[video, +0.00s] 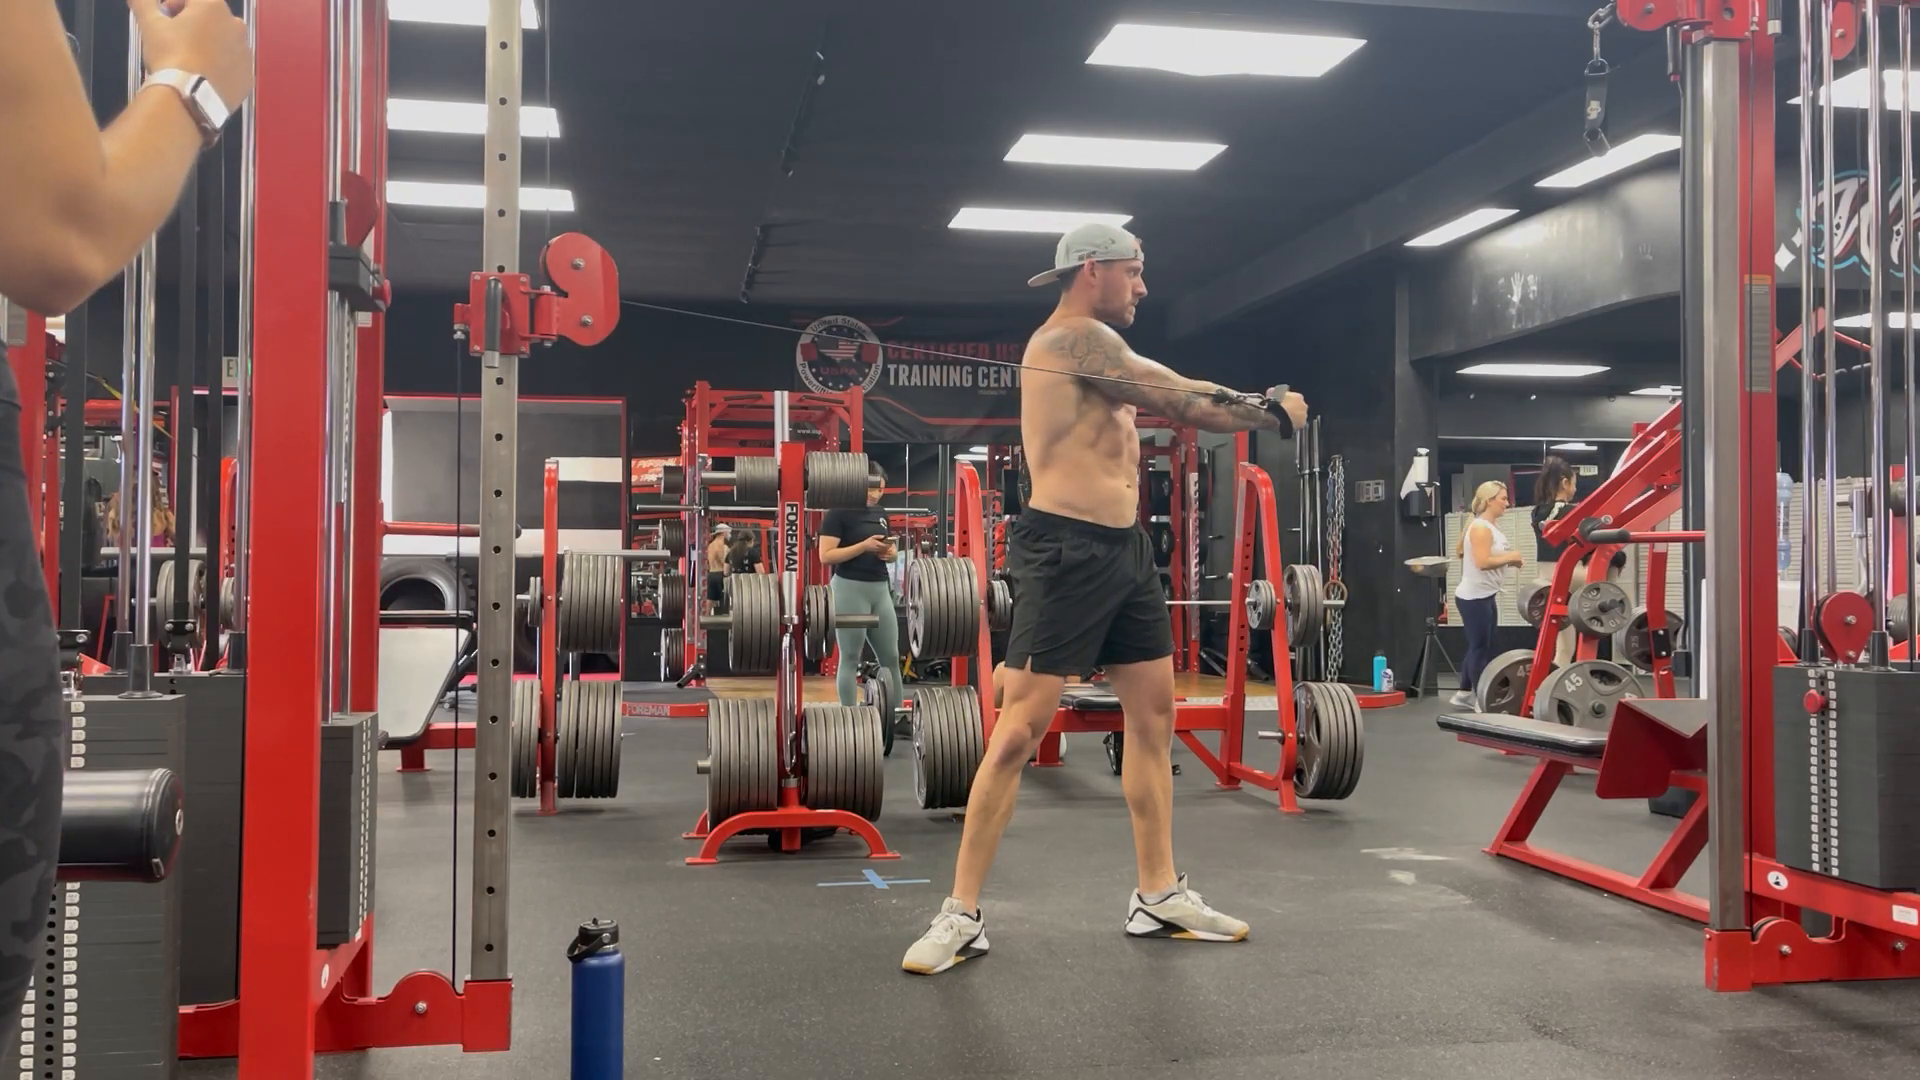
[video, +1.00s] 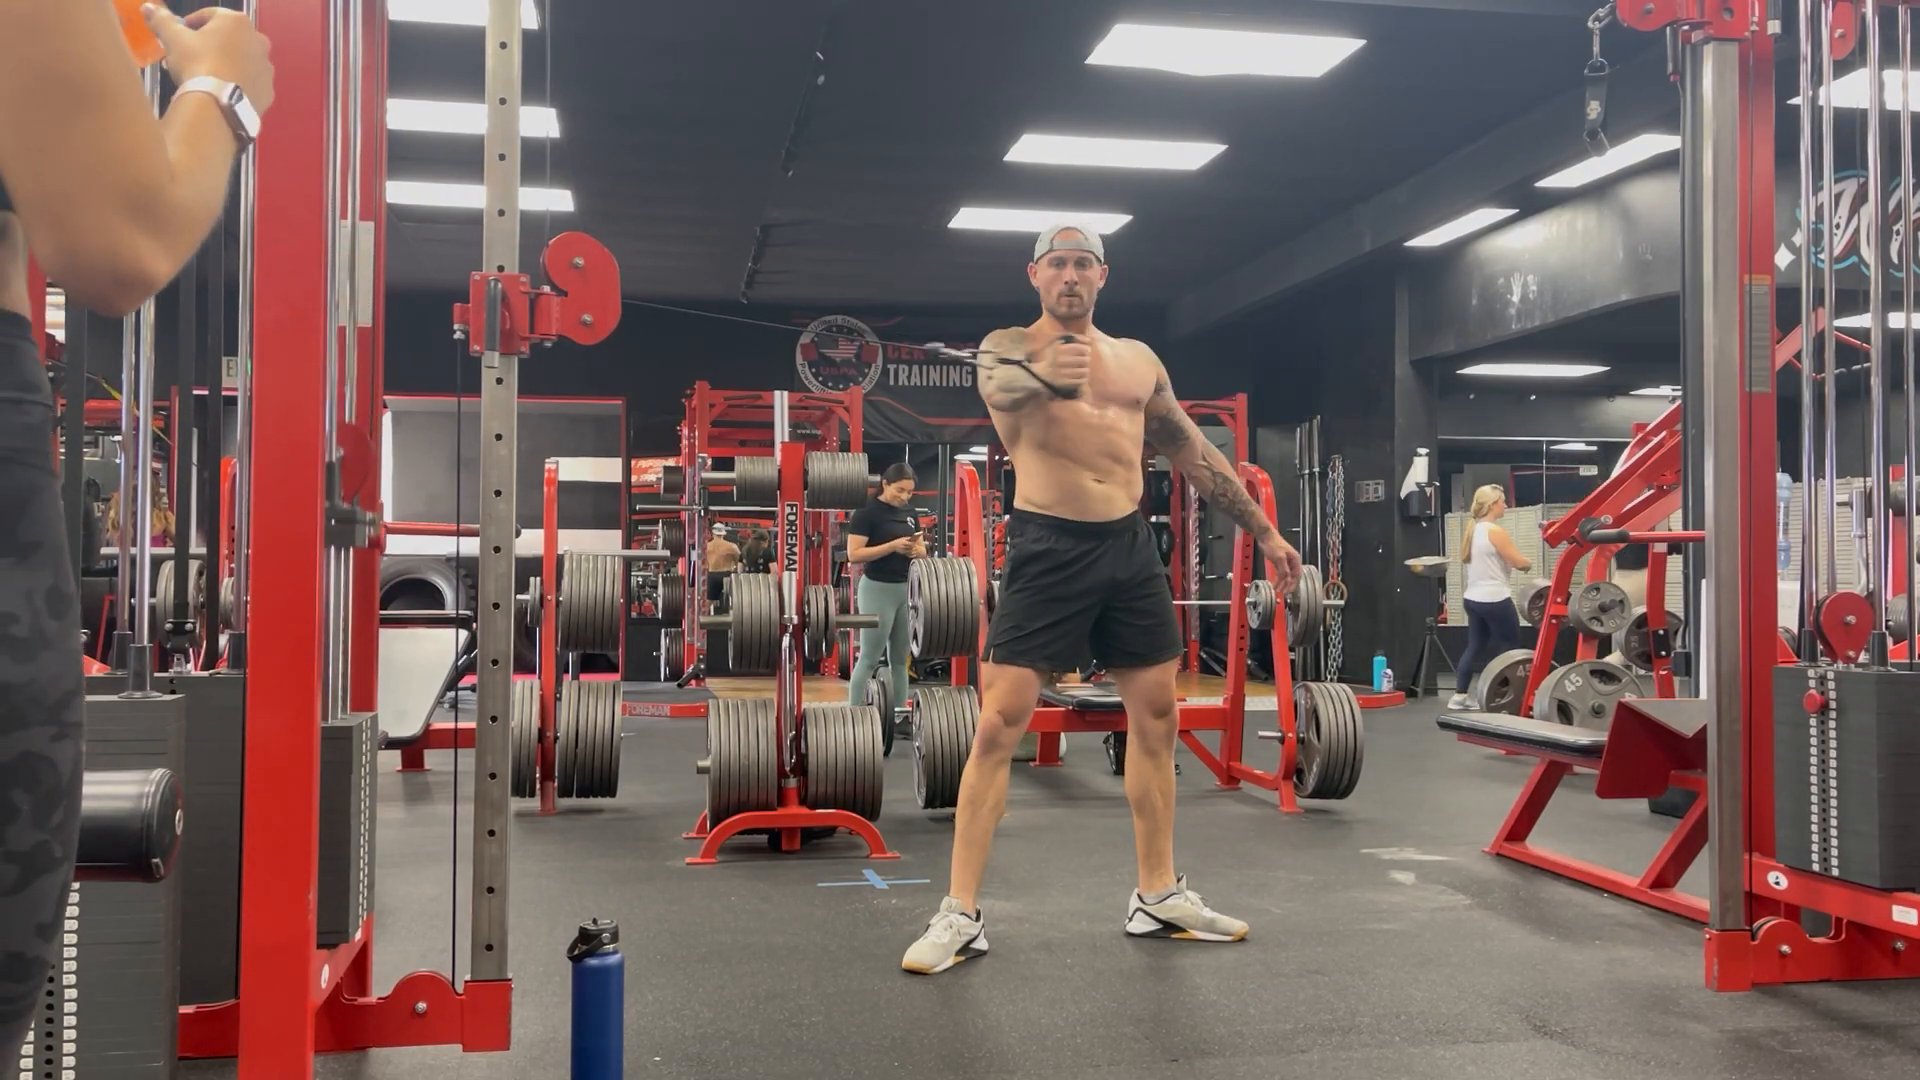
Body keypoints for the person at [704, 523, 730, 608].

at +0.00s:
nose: (729, 534)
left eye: (729, 532)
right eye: (728, 532)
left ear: (719, 533)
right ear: (723, 533)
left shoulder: (711, 544)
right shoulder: (722, 545)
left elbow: (709, 559)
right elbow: (724, 559)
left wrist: (711, 568)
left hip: (712, 572)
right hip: (721, 572)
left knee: (710, 600)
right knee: (723, 601)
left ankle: (707, 617)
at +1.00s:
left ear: (713, 533)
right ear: (724, 533)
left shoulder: (708, 546)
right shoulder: (732, 546)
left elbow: (705, 561)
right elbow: (738, 559)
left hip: (713, 573)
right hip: (727, 573)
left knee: (709, 601)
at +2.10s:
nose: (727, 535)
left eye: (727, 533)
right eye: (726, 533)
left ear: (715, 534)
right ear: (723, 534)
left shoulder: (709, 545)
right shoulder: (724, 546)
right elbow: (732, 559)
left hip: (710, 572)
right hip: (722, 572)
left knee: (710, 599)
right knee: (723, 599)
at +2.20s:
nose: (728, 535)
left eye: (728, 533)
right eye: (727, 533)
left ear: (717, 534)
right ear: (723, 534)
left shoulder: (709, 545)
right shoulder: (722, 547)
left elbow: (728, 552)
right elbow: (729, 561)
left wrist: (735, 555)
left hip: (711, 572)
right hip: (722, 573)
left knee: (711, 600)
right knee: (723, 600)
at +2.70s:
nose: (728, 536)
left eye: (728, 534)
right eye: (727, 534)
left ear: (718, 534)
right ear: (723, 534)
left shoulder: (710, 545)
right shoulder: (722, 547)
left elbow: (727, 552)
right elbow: (726, 564)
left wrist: (735, 555)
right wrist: (733, 574)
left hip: (711, 572)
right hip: (721, 572)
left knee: (710, 599)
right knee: (722, 600)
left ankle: (707, 616)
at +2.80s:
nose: (727, 536)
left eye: (727, 534)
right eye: (727, 534)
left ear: (716, 533)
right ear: (723, 534)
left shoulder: (709, 545)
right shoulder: (723, 546)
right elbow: (728, 560)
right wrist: (734, 567)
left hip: (711, 572)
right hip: (721, 572)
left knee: (710, 599)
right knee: (723, 599)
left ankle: (707, 616)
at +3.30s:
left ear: (714, 533)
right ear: (725, 534)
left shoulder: (708, 546)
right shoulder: (731, 548)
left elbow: (704, 561)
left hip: (711, 573)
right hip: (726, 573)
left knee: (709, 601)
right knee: (725, 602)